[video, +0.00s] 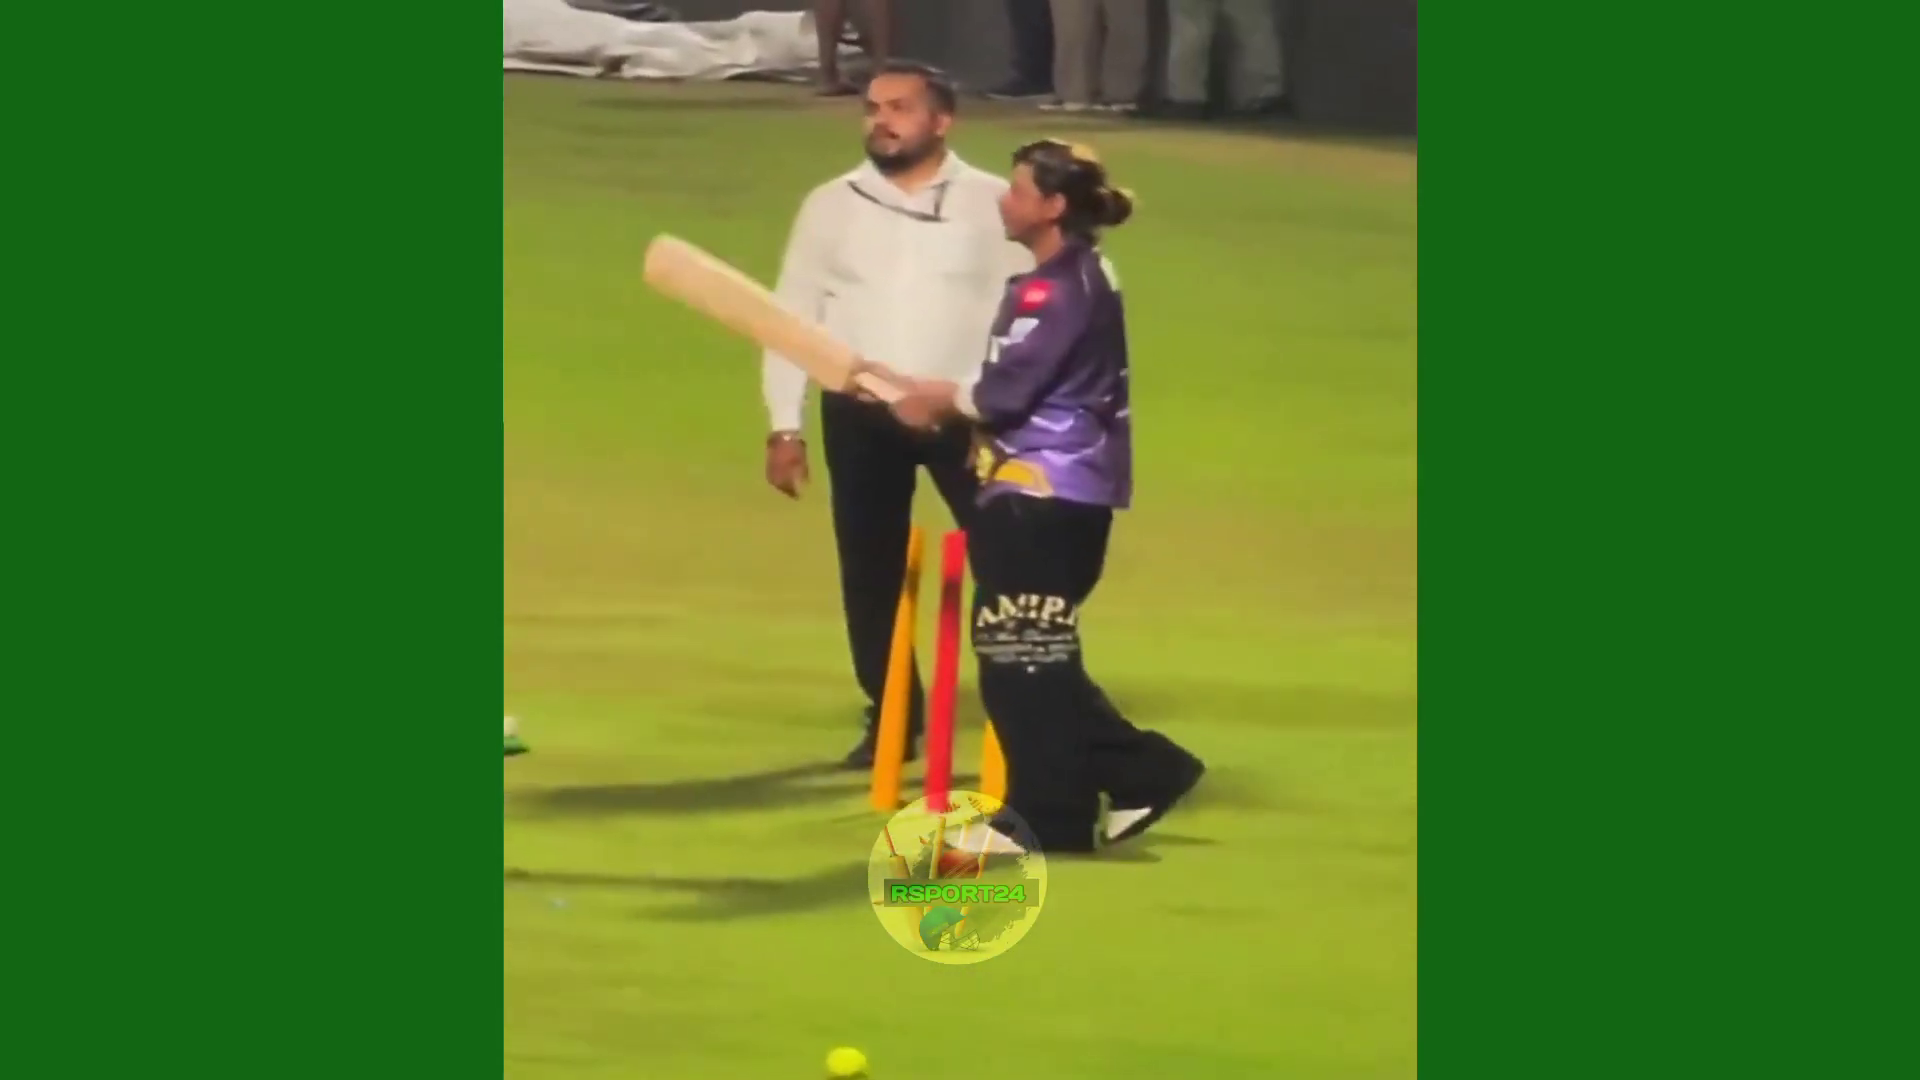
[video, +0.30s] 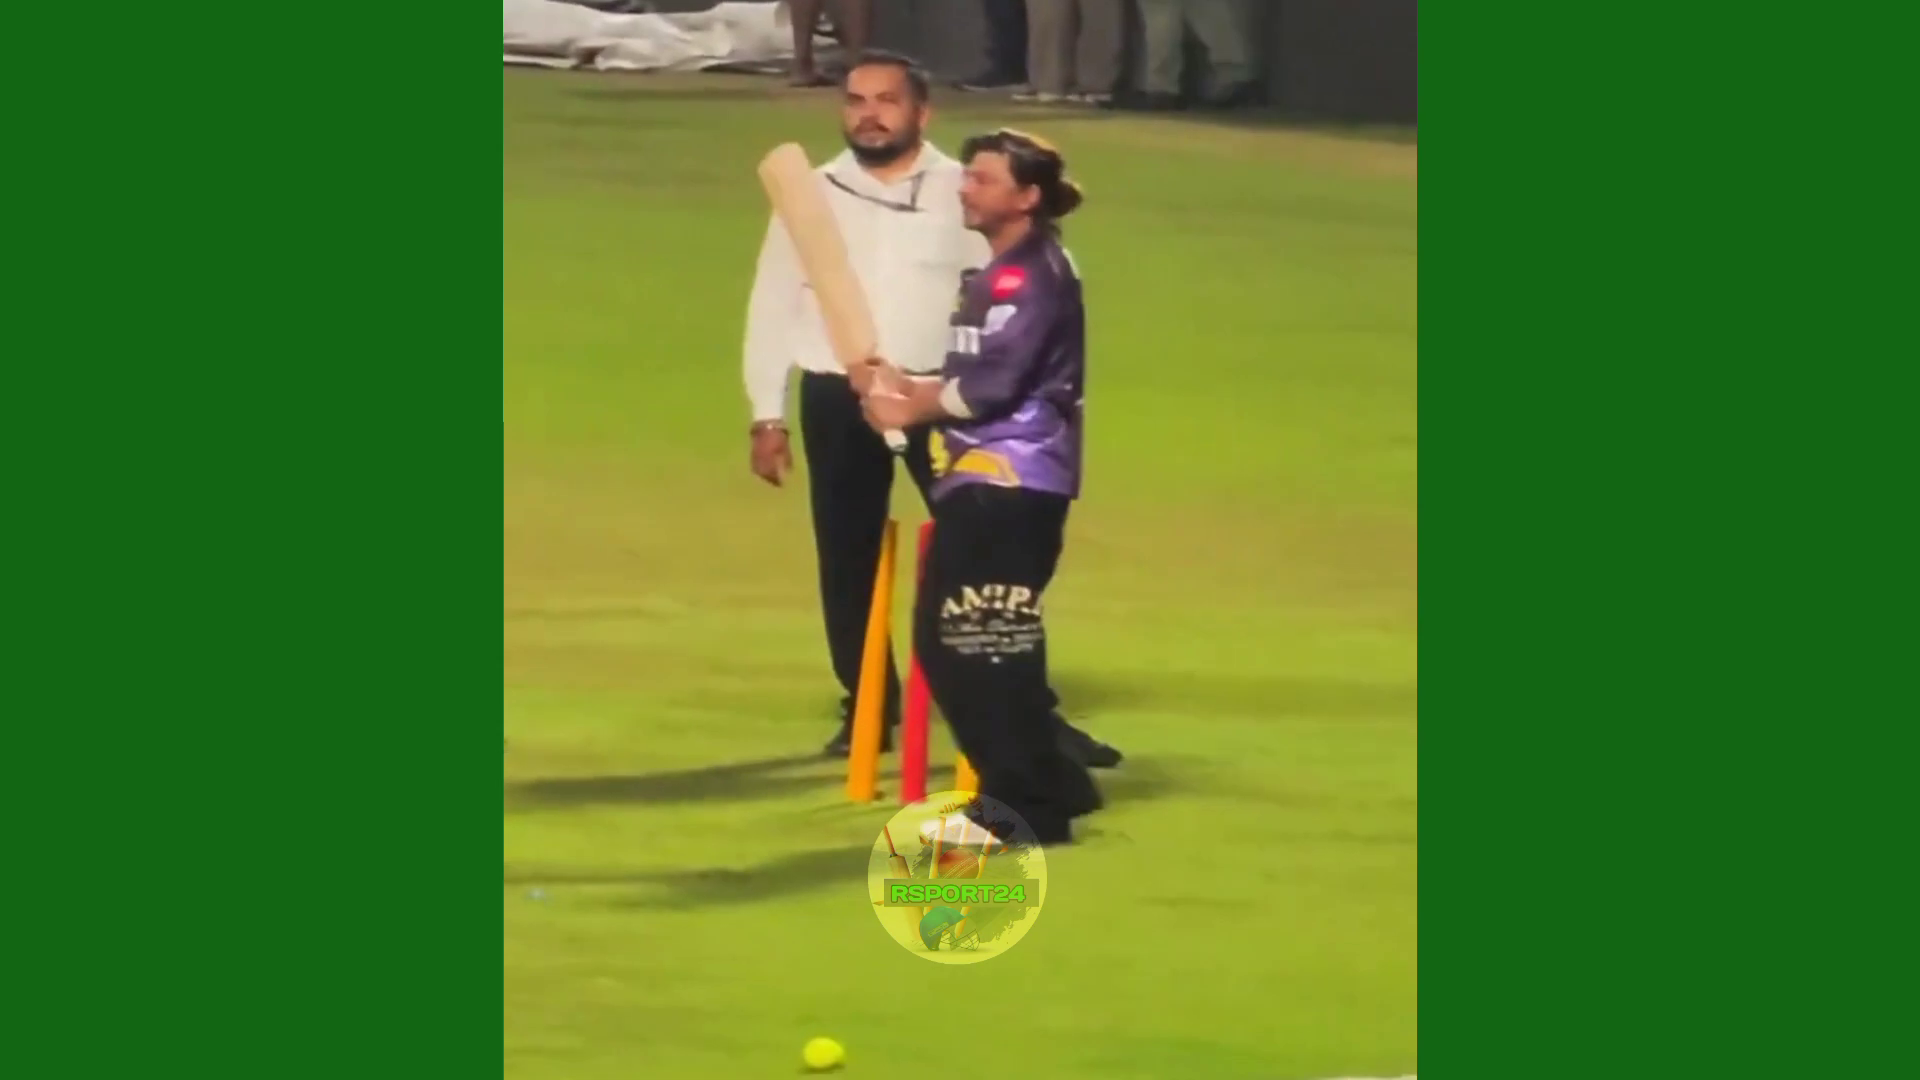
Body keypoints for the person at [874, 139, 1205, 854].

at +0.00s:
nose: (1003, 197)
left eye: (1016, 189)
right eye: (1009, 186)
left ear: (1052, 206)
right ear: (1058, 206)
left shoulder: (1056, 290)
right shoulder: (1077, 277)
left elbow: (1003, 397)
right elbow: (1016, 397)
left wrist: (941, 398)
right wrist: (942, 406)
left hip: (1044, 493)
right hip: (1059, 490)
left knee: (1021, 658)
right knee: (1029, 654)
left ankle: (1047, 819)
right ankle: (1143, 772)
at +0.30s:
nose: (965, 188)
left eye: (981, 180)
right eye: (968, 176)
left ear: (1026, 197)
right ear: (1005, 195)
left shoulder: (1036, 276)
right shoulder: (994, 270)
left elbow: (996, 387)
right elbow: (978, 380)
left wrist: (916, 403)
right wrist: (908, 386)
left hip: (1015, 484)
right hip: (983, 478)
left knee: (967, 642)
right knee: (968, 640)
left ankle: (1020, 804)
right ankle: (1046, 786)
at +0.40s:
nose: (954, 181)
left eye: (970, 172)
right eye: (956, 169)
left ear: (1016, 190)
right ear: (980, 189)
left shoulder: (1030, 271)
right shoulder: (975, 268)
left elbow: (1010, 378)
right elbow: (967, 369)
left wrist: (927, 408)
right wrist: (916, 379)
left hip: (1007, 480)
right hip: (964, 476)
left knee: (991, 644)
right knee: (942, 639)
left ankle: (1020, 804)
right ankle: (976, 797)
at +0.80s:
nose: (904, 159)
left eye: (921, 150)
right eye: (903, 147)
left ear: (965, 165)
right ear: (899, 158)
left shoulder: (980, 247)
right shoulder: (910, 242)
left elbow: (968, 355)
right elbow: (902, 342)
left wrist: (860, 368)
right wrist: (849, 341)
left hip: (939, 454)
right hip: (892, 447)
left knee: (932, 619)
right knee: (877, 613)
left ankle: (969, 784)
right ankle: (921, 774)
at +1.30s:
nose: (872, 133)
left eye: (889, 124)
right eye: (869, 122)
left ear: (933, 138)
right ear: (864, 130)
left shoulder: (951, 213)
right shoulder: (870, 216)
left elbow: (956, 323)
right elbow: (875, 319)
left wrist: (851, 343)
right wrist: (825, 321)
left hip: (916, 420)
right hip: (868, 416)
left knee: (892, 582)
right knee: (848, 580)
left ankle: (920, 751)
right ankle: (887, 743)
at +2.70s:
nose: (922, 153)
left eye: (938, 141)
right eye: (918, 141)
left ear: (984, 148)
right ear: (917, 150)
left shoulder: (1015, 224)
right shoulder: (942, 231)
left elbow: (996, 347)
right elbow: (952, 348)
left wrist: (930, 418)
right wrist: (908, 416)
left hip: (1023, 438)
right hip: (975, 435)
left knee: (990, 602)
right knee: (959, 597)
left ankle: (989, 764)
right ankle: (974, 754)